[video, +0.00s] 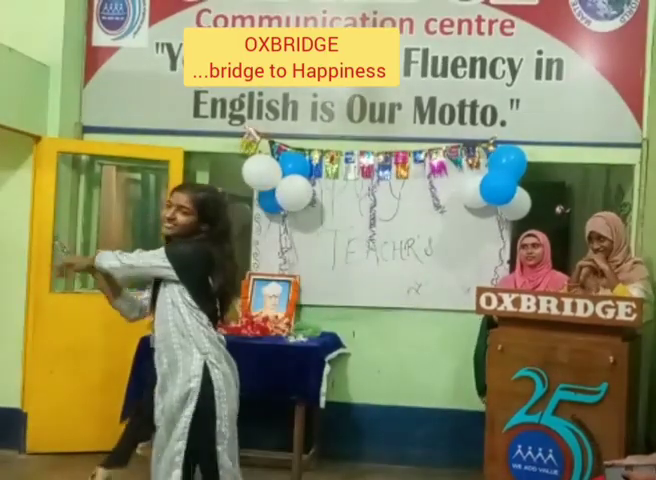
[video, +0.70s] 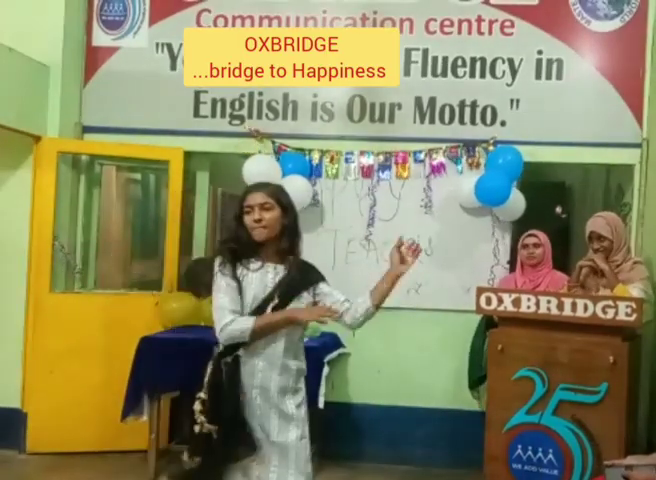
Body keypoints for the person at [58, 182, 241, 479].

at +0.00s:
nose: (170, 215)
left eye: (182, 211)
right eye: (168, 207)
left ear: (203, 224)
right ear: (165, 207)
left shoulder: (196, 254)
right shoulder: (178, 260)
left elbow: (134, 263)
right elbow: (136, 309)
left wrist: (89, 262)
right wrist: (100, 274)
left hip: (203, 372)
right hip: (180, 372)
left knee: (203, 462)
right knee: (175, 461)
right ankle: (106, 468)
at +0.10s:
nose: (172, 215)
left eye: (184, 209)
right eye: (169, 207)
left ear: (205, 221)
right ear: (164, 210)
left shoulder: (205, 252)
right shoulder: (174, 272)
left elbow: (131, 261)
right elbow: (131, 320)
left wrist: (113, 249)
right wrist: (106, 280)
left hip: (208, 372)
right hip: (177, 376)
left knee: (221, 467)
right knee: (171, 468)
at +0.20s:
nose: (181, 214)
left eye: (193, 208)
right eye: (177, 207)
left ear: (213, 218)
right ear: (170, 213)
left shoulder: (221, 258)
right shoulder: (179, 268)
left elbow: (162, 267)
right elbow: (145, 325)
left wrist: (140, 234)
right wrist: (122, 280)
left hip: (217, 372)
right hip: (181, 376)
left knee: (228, 465)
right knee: (168, 463)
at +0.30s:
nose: (195, 214)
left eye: (205, 206)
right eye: (190, 206)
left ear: (226, 215)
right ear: (182, 215)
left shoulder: (248, 262)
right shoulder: (184, 263)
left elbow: (218, 273)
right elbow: (175, 332)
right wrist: (174, 280)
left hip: (235, 364)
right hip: (194, 365)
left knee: (241, 448)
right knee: (169, 452)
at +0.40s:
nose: (211, 214)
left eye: (221, 206)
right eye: (205, 209)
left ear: (243, 214)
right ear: (200, 219)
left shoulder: (267, 266)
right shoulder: (194, 268)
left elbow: (284, 285)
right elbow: (193, 330)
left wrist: (257, 287)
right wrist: (228, 313)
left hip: (256, 369)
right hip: (214, 369)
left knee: (250, 455)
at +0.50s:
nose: (228, 215)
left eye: (237, 207)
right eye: (221, 211)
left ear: (259, 213)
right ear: (217, 221)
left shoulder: (283, 270)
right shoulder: (208, 266)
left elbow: (330, 306)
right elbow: (214, 331)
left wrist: (357, 256)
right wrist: (284, 321)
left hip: (268, 384)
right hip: (224, 383)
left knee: (263, 466)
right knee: (207, 463)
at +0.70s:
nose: (256, 217)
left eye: (266, 208)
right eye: (249, 210)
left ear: (286, 216)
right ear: (241, 219)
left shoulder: (302, 273)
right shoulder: (228, 267)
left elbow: (353, 316)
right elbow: (226, 331)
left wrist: (393, 273)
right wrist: (290, 315)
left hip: (287, 401)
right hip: (236, 399)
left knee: (294, 472)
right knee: (241, 471)